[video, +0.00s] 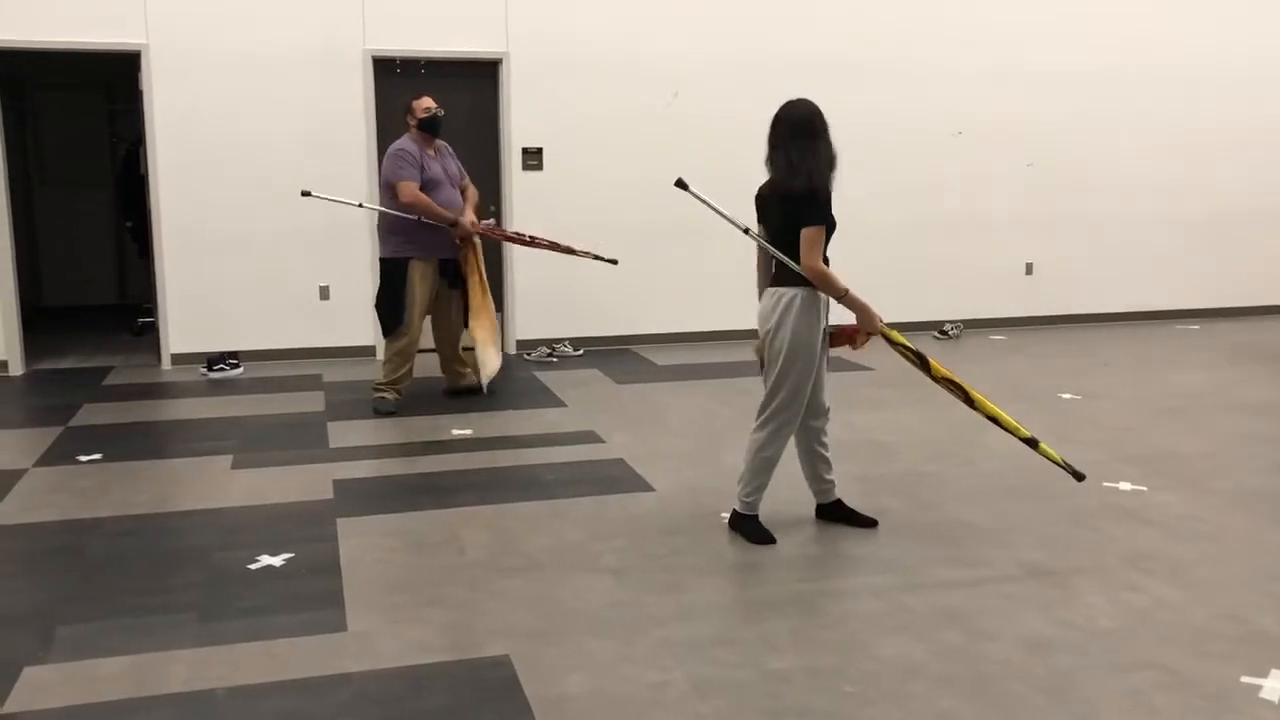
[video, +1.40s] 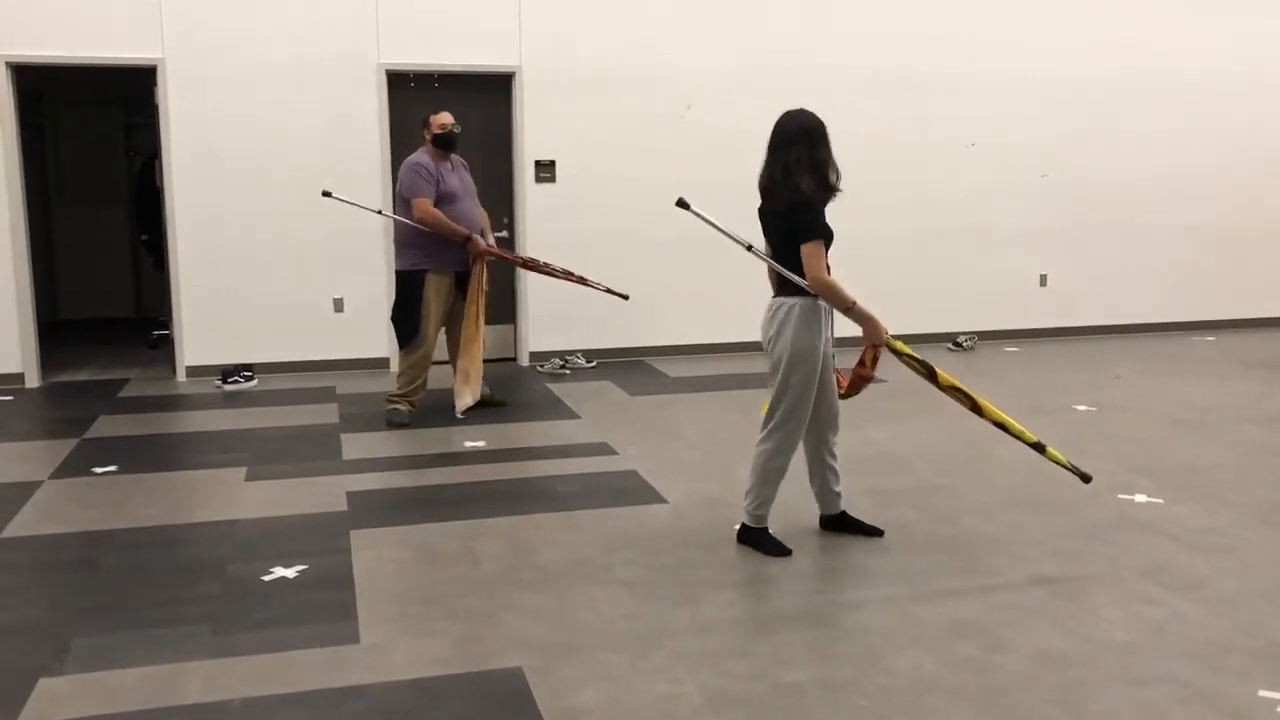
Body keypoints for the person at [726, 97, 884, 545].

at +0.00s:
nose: (829, 144)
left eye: (823, 135)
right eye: (825, 136)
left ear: (776, 142)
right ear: (820, 140)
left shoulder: (768, 192)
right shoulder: (812, 191)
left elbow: (766, 267)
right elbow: (811, 266)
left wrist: (771, 323)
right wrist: (860, 307)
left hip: (779, 303)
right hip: (797, 305)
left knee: (812, 409)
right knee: (782, 410)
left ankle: (827, 501)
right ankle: (745, 510)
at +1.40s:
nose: (828, 156)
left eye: (825, 147)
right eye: (823, 147)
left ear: (779, 151)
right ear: (814, 151)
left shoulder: (777, 201)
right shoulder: (804, 202)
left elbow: (778, 274)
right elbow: (816, 279)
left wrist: (831, 303)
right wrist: (866, 318)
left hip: (802, 315)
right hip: (799, 317)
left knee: (823, 419)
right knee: (786, 422)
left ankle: (832, 513)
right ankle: (753, 524)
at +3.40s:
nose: (837, 139)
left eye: (832, 131)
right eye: (833, 131)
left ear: (792, 136)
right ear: (826, 135)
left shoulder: (797, 181)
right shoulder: (813, 185)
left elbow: (811, 259)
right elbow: (828, 263)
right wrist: (876, 305)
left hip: (816, 301)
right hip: (805, 302)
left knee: (828, 406)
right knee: (789, 409)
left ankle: (841, 498)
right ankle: (761, 511)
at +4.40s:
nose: (834, 133)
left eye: (829, 125)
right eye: (830, 125)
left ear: (785, 129)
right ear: (821, 128)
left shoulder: (784, 177)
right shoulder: (810, 179)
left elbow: (782, 247)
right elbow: (825, 257)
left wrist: (790, 297)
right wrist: (876, 296)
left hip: (805, 292)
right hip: (805, 295)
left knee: (825, 398)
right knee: (786, 402)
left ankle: (838, 491)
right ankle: (759, 503)